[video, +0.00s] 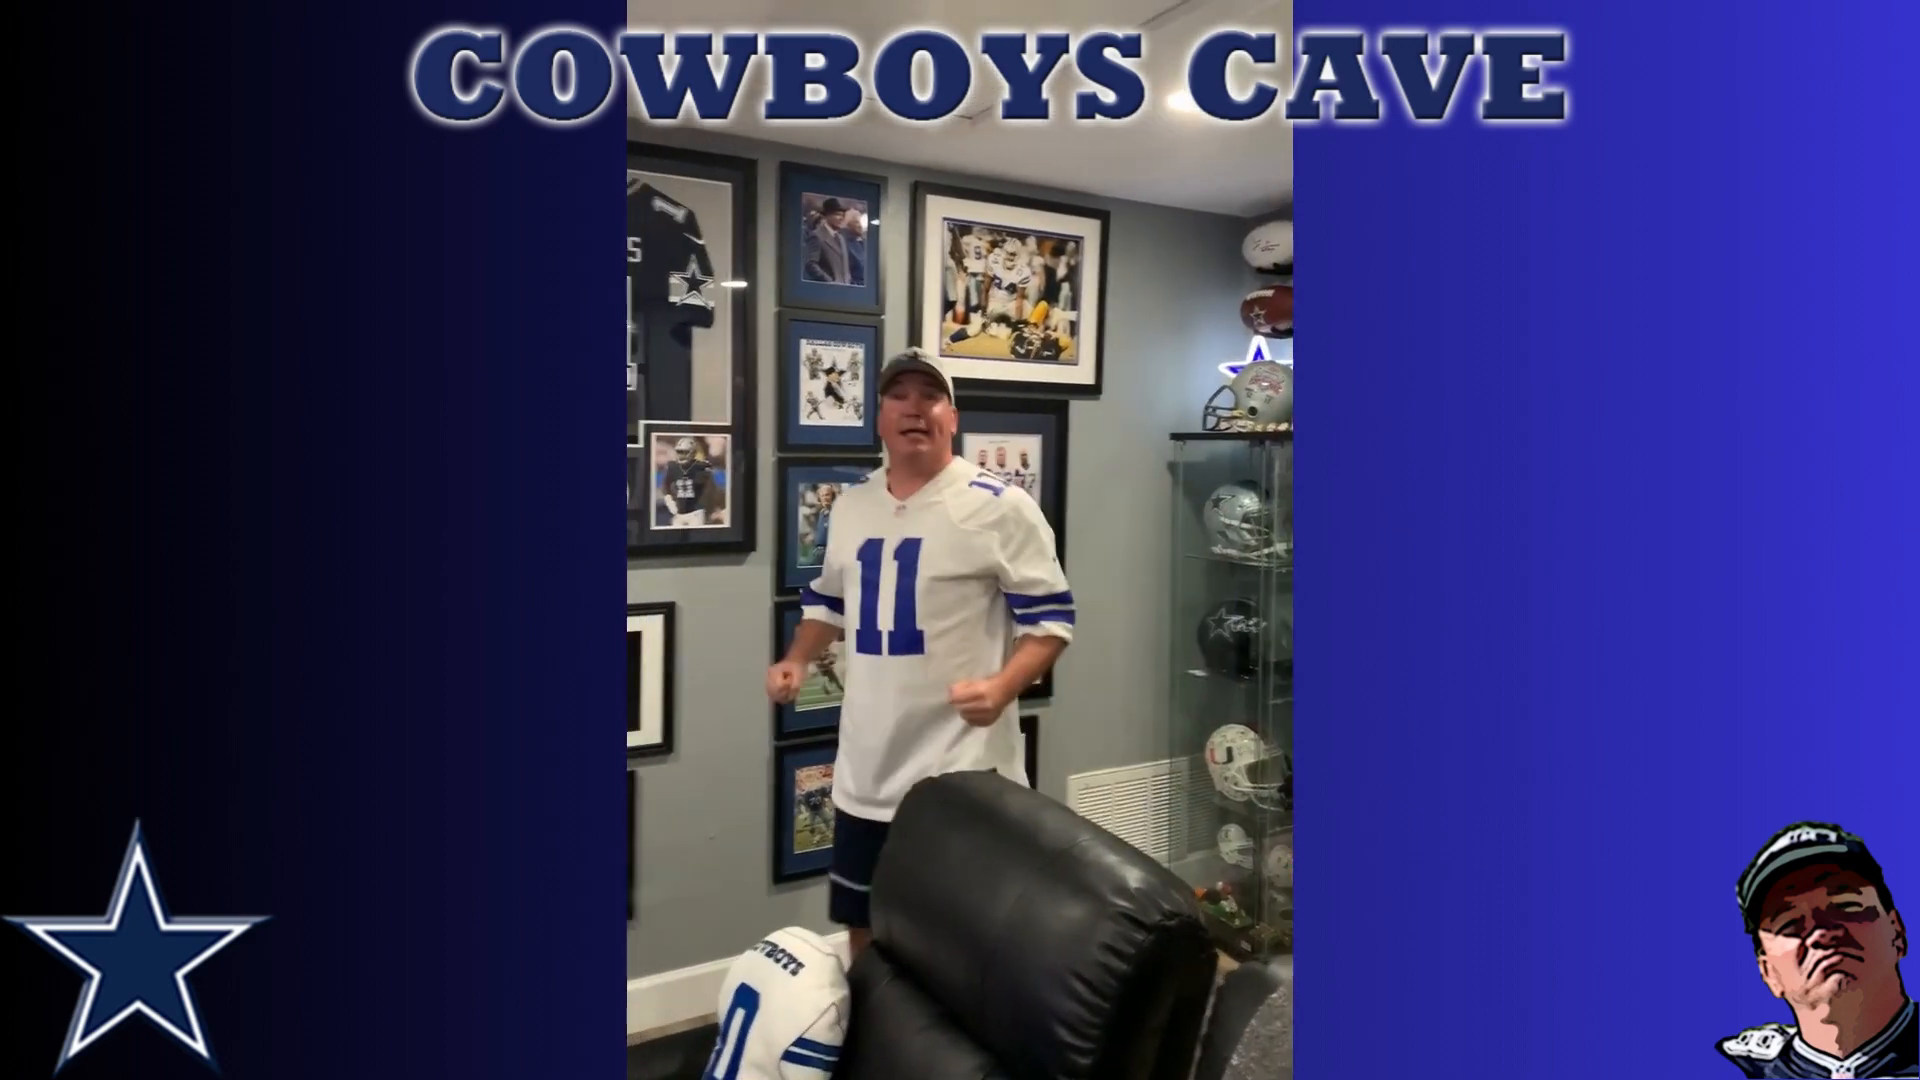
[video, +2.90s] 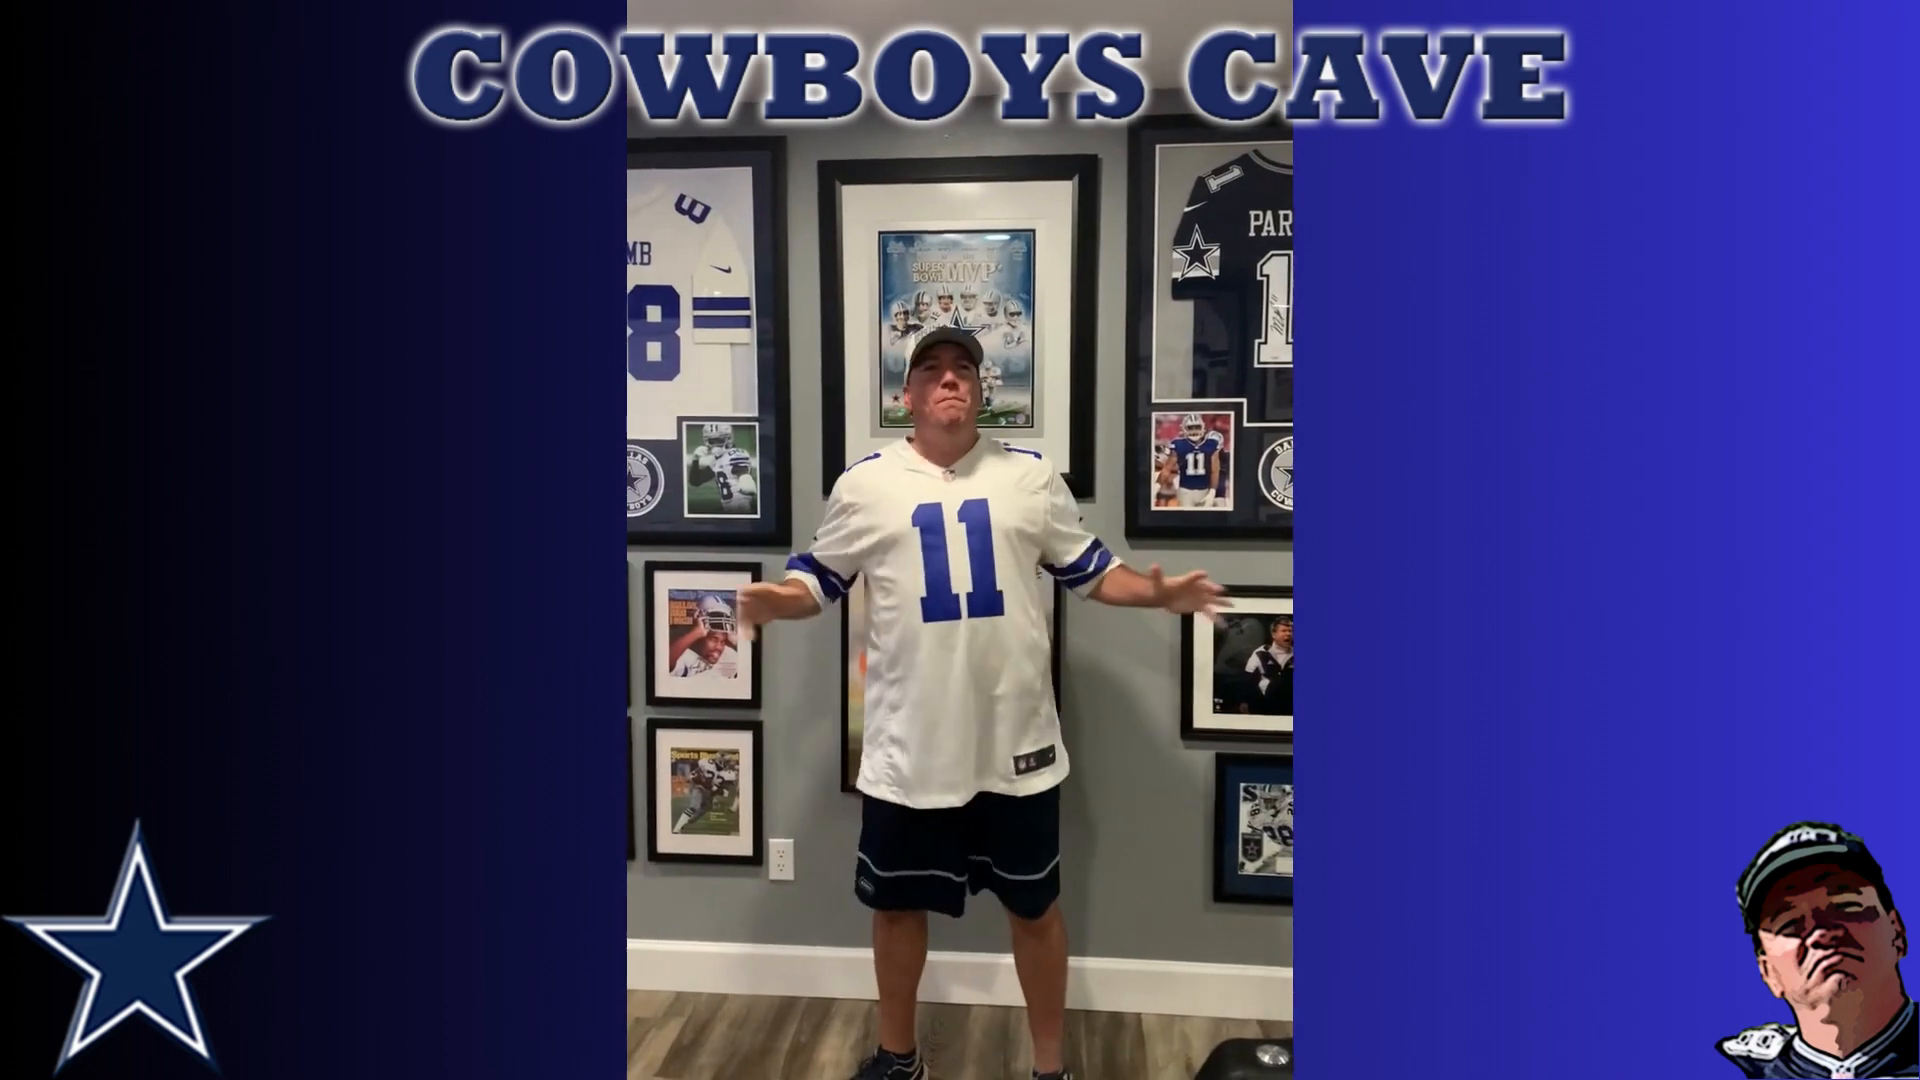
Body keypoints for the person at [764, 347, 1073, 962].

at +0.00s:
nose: (915, 411)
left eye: (931, 398)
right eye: (899, 397)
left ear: (953, 418)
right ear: (877, 417)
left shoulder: (1001, 509)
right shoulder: (851, 508)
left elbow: (1052, 621)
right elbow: (827, 605)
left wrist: (1004, 685)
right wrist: (797, 659)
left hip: (965, 784)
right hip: (867, 778)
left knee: (965, 942)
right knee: (864, 937)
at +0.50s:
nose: (830, 440)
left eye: (846, 423)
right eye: (826, 425)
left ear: (895, 427)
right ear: (823, 433)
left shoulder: (962, 522)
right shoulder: (836, 515)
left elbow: (1019, 652)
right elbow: (824, 621)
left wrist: (940, 725)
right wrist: (775, 673)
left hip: (916, 812)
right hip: (861, 807)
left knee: (848, 979)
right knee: (926, 969)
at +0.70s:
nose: (806, 427)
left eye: (825, 411)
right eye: (803, 412)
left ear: (876, 418)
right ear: (801, 419)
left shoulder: (927, 517)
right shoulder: (836, 504)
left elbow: (965, 668)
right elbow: (826, 620)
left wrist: (853, 730)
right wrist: (760, 665)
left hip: (880, 811)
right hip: (836, 804)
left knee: (838, 999)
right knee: (879, 996)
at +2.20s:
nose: (894, 408)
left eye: (913, 390)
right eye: (878, 394)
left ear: (950, 405)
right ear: (864, 409)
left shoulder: (996, 509)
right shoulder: (860, 497)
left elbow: (1049, 639)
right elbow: (837, 602)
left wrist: (954, 680)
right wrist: (770, 632)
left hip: (936, 801)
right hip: (848, 790)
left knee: (929, 995)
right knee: (822, 946)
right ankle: (822, 1070)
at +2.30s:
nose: (917, 407)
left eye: (933, 390)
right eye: (900, 392)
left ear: (959, 405)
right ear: (877, 411)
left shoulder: (1009, 505)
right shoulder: (850, 498)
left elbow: (1079, 622)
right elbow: (817, 590)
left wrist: (1026, 650)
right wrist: (757, 624)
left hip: (957, 794)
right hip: (862, 786)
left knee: (956, 988)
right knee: (859, 950)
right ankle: (853, 1071)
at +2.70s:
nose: (955, 391)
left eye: (962, 375)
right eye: (932, 378)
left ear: (976, 388)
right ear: (896, 399)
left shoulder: (1030, 482)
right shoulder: (852, 492)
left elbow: (1089, 552)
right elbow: (799, 573)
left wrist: (1119, 578)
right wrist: (782, 597)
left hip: (1004, 746)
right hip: (893, 748)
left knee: (1028, 916)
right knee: (890, 907)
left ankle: (1049, 1071)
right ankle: (895, 1059)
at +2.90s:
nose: (951, 385)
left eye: (963, 377)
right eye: (936, 377)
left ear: (982, 398)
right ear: (908, 397)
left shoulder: (1030, 481)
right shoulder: (866, 486)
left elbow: (1096, 571)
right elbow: (816, 581)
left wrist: (1162, 592)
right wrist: (769, 599)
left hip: (1016, 740)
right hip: (907, 744)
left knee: (1034, 908)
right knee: (896, 907)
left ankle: (1049, 1067)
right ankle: (896, 1059)